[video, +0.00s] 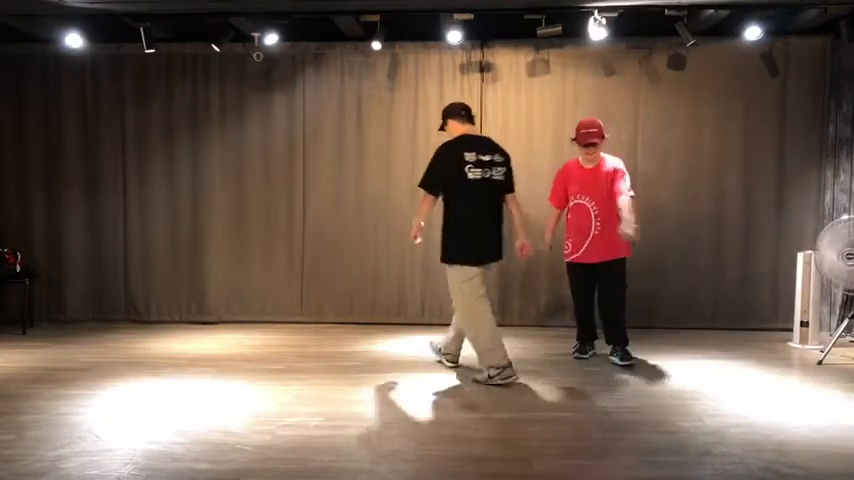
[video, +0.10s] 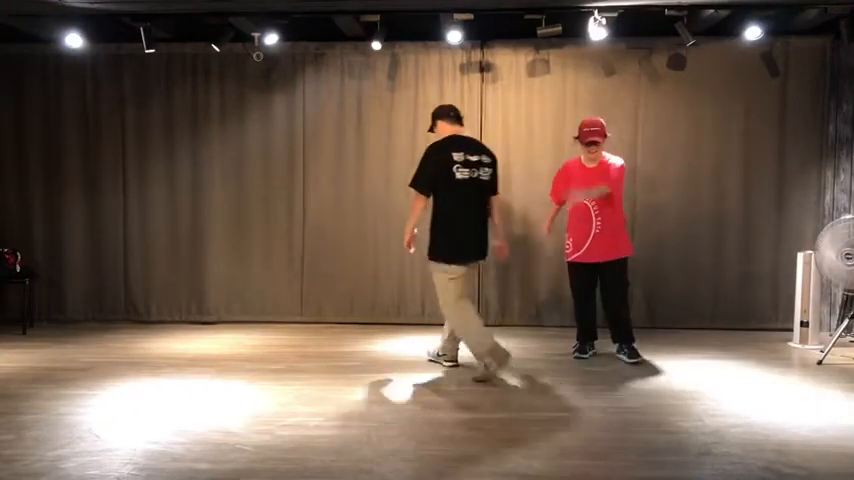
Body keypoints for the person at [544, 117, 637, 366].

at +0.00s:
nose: (590, 150)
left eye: (594, 145)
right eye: (585, 145)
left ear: (601, 143)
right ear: (577, 144)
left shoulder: (614, 167)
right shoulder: (567, 171)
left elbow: (624, 197)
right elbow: (557, 205)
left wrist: (627, 221)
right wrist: (549, 233)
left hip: (611, 248)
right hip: (578, 250)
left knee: (614, 301)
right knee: (582, 301)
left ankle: (618, 345)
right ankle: (585, 342)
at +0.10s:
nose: (592, 149)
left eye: (596, 144)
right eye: (587, 144)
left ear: (604, 143)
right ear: (579, 143)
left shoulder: (615, 166)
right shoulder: (569, 169)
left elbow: (609, 191)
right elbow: (558, 199)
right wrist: (548, 222)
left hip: (612, 245)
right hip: (580, 246)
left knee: (617, 298)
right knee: (583, 299)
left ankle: (624, 343)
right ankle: (585, 342)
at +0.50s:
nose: (604, 150)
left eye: (609, 145)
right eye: (600, 145)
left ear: (618, 144)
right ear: (594, 145)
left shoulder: (629, 169)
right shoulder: (584, 172)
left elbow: (617, 200)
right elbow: (577, 209)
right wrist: (574, 238)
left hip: (621, 248)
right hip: (590, 248)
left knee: (624, 297)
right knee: (587, 299)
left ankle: (627, 335)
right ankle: (585, 341)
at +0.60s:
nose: (609, 148)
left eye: (614, 143)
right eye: (604, 143)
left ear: (624, 144)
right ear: (599, 144)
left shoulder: (637, 170)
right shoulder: (589, 172)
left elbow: (642, 201)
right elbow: (580, 207)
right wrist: (579, 236)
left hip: (628, 246)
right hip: (595, 246)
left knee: (628, 296)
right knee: (591, 297)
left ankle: (628, 336)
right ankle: (586, 341)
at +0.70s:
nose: (614, 144)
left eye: (620, 140)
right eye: (611, 140)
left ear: (631, 142)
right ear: (607, 141)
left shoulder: (642, 169)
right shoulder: (595, 170)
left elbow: (667, 191)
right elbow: (583, 204)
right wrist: (583, 233)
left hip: (632, 245)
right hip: (600, 245)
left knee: (631, 296)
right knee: (595, 295)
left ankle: (628, 337)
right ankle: (587, 340)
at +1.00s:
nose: (625, 141)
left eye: (631, 137)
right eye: (622, 136)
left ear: (642, 141)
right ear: (617, 139)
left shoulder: (650, 166)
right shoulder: (604, 165)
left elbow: (666, 182)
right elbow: (582, 194)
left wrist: (678, 194)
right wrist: (573, 220)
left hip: (637, 242)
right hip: (605, 241)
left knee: (632, 293)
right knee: (600, 290)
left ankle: (629, 336)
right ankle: (589, 336)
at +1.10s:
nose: (626, 140)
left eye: (632, 136)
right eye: (623, 135)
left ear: (643, 141)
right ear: (618, 138)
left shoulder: (649, 164)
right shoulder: (604, 162)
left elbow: (653, 183)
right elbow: (578, 179)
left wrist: (662, 197)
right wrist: (563, 195)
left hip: (637, 243)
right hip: (606, 242)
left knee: (633, 294)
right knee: (600, 292)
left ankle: (628, 337)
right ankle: (590, 338)